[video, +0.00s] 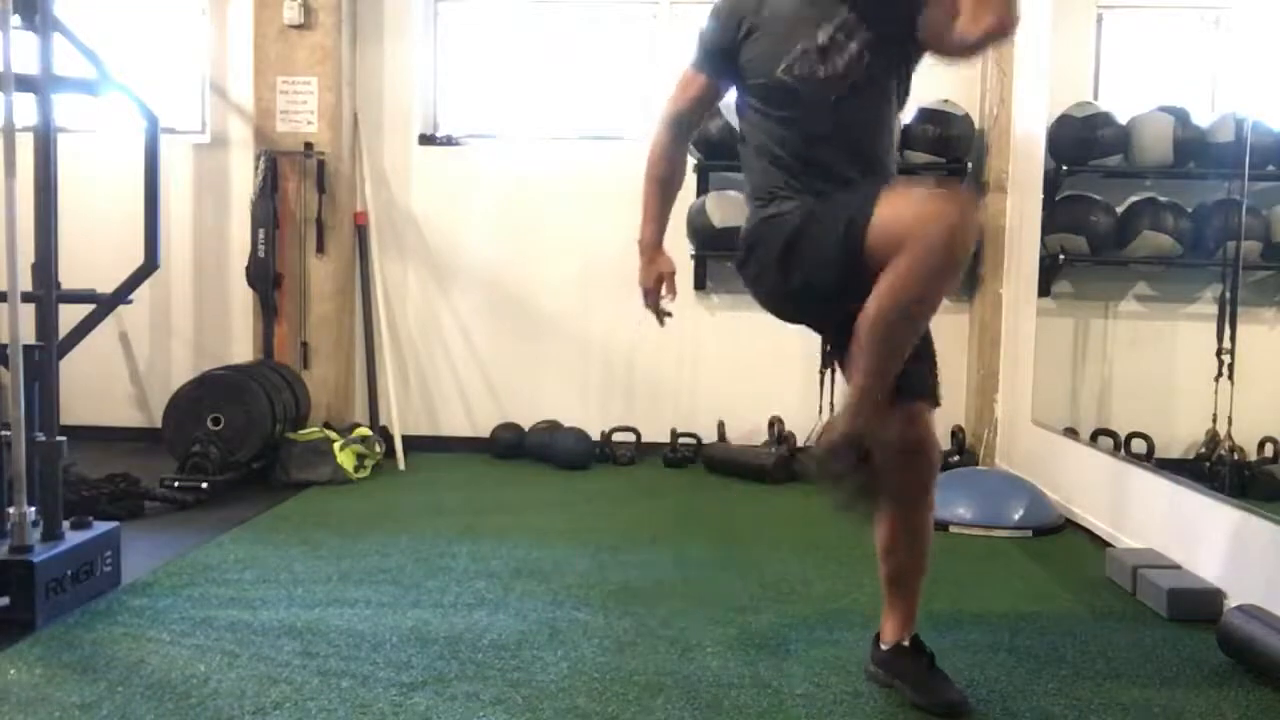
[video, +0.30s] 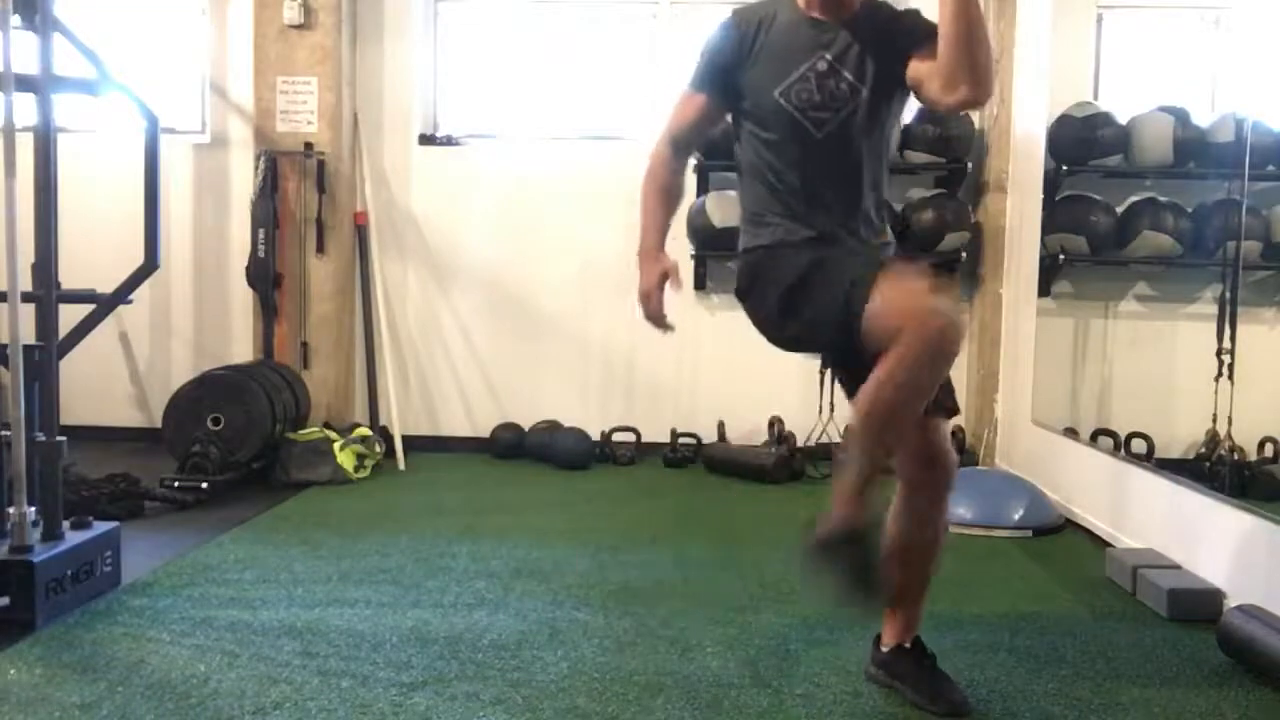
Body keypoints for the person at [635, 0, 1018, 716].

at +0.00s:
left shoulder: (903, 8)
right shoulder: (747, 11)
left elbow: (974, 26)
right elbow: (676, 122)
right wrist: (651, 243)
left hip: (875, 238)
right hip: (783, 231)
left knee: (909, 441)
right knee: (946, 213)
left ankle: (896, 643)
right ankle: (851, 428)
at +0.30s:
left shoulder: (890, 28)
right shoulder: (748, 29)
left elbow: (967, 86)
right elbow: (673, 144)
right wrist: (651, 248)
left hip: (866, 261)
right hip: (780, 256)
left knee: (931, 464)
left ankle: (897, 646)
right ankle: (841, 522)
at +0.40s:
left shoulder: (873, 20)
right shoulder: (735, 19)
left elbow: (953, 62)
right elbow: (655, 139)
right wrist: (641, 222)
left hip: (856, 266)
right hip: (767, 260)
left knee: (919, 457)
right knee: (859, 414)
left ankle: (899, 649)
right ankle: (731, 583)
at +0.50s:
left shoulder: (850, 18)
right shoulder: (708, 15)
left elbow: (929, 54)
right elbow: (624, 136)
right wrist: (625, 199)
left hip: (828, 271)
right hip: (738, 268)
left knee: (895, 460)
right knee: (766, 466)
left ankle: (897, 648)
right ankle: (655, 615)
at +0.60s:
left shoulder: (812, 15)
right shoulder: (672, 13)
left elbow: (884, 58)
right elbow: (584, 122)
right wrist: (595, 159)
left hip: (787, 276)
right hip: (694, 274)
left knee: (849, 456)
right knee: (701, 467)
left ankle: (875, 648)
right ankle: (644, 637)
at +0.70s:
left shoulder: (783, 14)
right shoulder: (646, 8)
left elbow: (833, 75)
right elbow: (581, 79)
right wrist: (556, 103)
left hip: (746, 265)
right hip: (656, 261)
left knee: (805, 453)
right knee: (652, 454)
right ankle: (635, 634)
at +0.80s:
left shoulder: (776, 17)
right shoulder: (622, 7)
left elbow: (794, 99)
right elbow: (522, 84)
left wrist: (745, 26)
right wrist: (509, 49)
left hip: (719, 268)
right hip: (622, 260)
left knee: (746, 469)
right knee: (580, 455)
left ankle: (725, 635)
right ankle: (576, 625)